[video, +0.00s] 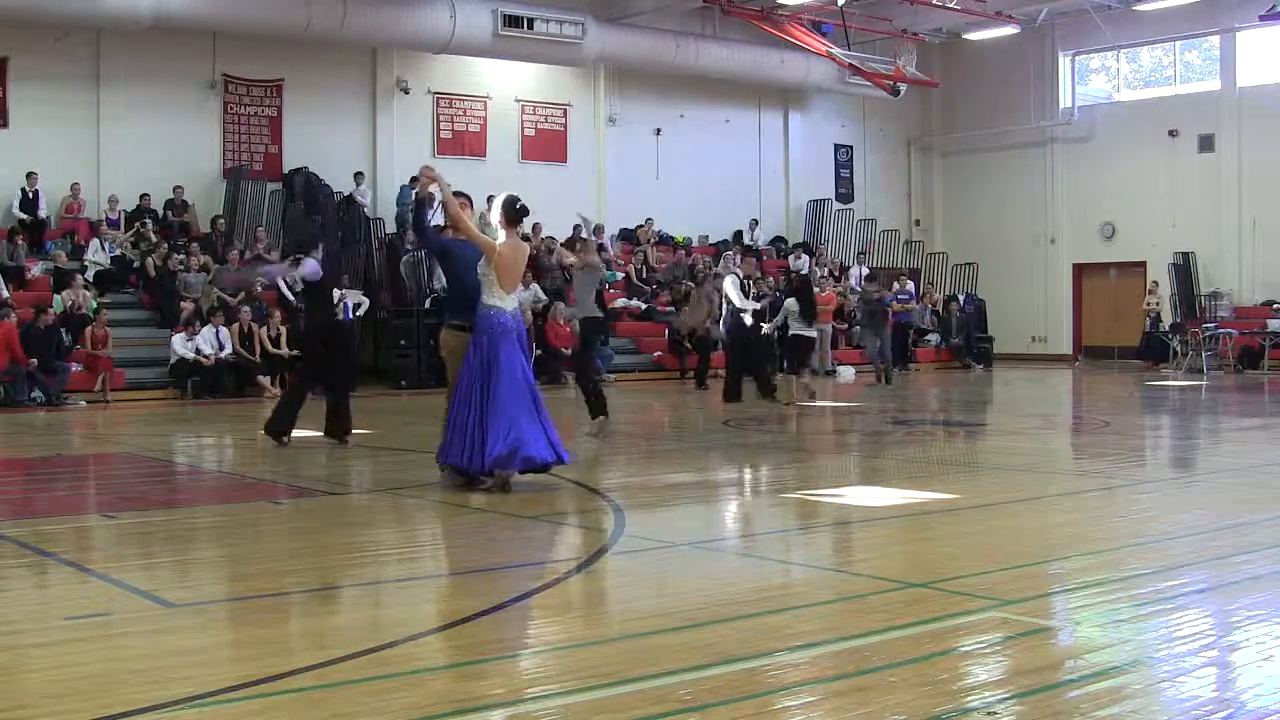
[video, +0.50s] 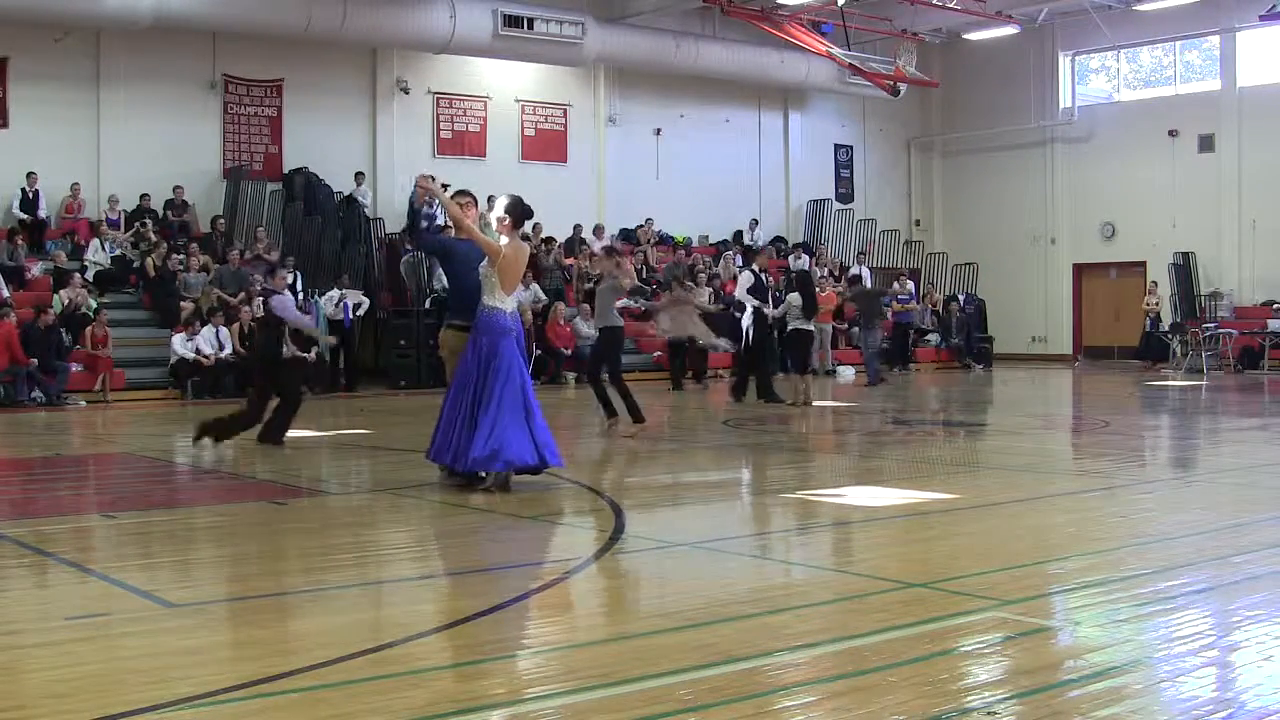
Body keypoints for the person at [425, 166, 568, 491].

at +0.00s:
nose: (490, 214)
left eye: (493, 209)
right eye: (492, 209)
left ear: (500, 216)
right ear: (517, 217)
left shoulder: (497, 248)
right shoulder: (523, 247)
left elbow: (459, 222)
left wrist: (441, 183)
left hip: (491, 323)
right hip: (512, 322)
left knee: (491, 393)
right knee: (507, 391)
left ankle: (494, 463)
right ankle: (505, 462)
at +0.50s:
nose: (491, 216)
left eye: (495, 212)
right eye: (493, 212)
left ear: (505, 221)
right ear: (516, 222)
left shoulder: (499, 249)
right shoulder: (524, 249)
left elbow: (464, 224)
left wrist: (438, 193)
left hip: (492, 323)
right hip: (510, 322)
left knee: (492, 393)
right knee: (505, 393)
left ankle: (499, 463)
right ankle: (501, 462)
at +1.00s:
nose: (491, 219)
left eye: (494, 214)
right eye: (492, 214)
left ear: (506, 220)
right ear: (516, 219)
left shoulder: (503, 250)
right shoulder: (526, 249)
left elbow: (464, 229)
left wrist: (437, 197)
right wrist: (468, 228)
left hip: (495, 323)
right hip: (512, 321)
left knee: (494, 393)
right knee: (505, 393)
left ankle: (498, 466)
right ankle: (501, 465)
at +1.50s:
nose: (497, 218)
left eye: (500, 214)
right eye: (500, 214)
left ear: (509, 220)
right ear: (522, 220)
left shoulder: (503, 250)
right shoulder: (531, 249)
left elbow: (465, 228)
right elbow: (535, 273)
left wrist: (438, 195)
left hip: (496, 323)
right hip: (517, 322)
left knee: (492, 392)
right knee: (510, 392)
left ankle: (493, 462)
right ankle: (505, 462)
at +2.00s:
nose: (494, 231)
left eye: (497, 225)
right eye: (495, 225)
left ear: (509, 227)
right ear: (514, 227)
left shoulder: (503, 257)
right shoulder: (528, 254)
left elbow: (457, 274)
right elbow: (520, 285)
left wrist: (430, 251)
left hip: (500, 330)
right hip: (518, 328)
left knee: (460, 381)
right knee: (512, 394)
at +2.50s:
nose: (487, 217)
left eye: (494, 214)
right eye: (488, 212)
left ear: (508, 225)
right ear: (494, 221)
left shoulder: (491, 251)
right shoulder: (498, 250)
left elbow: (451, 227)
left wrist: (419, 197)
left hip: (482, 330)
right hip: (489, 328)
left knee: (471, 397)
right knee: (493, 396)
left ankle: (473, 469)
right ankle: (508, 463)